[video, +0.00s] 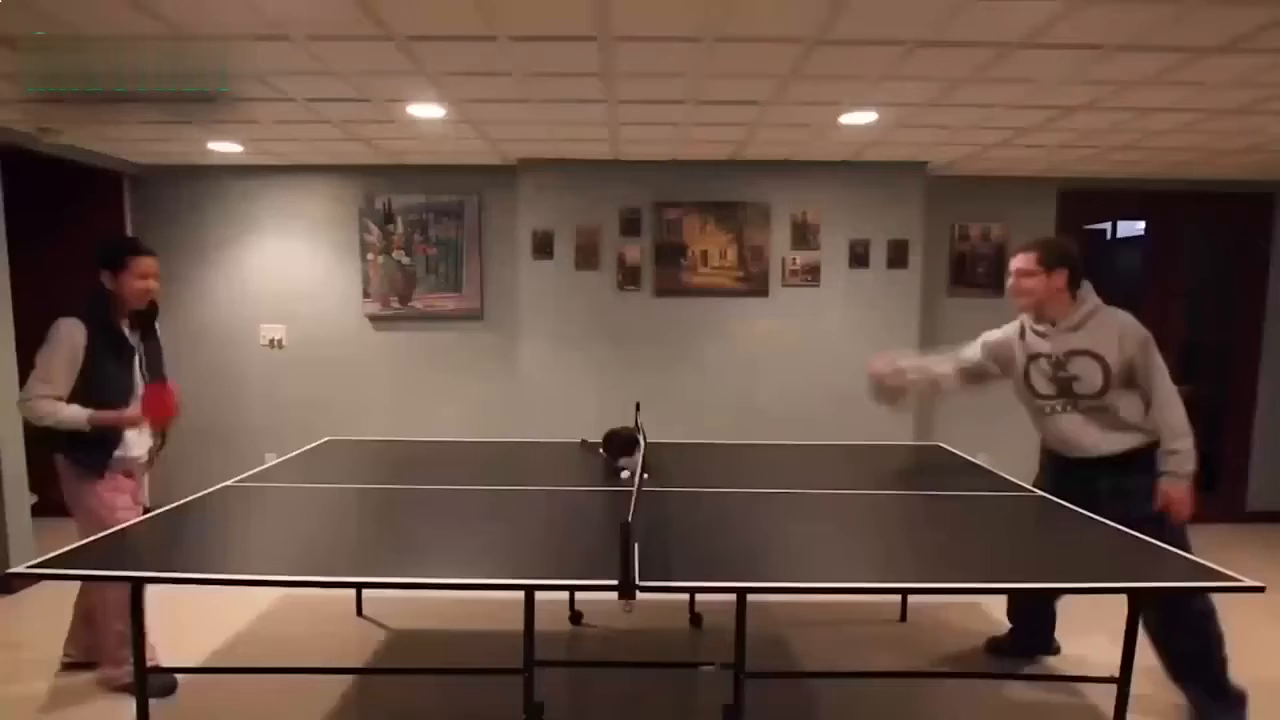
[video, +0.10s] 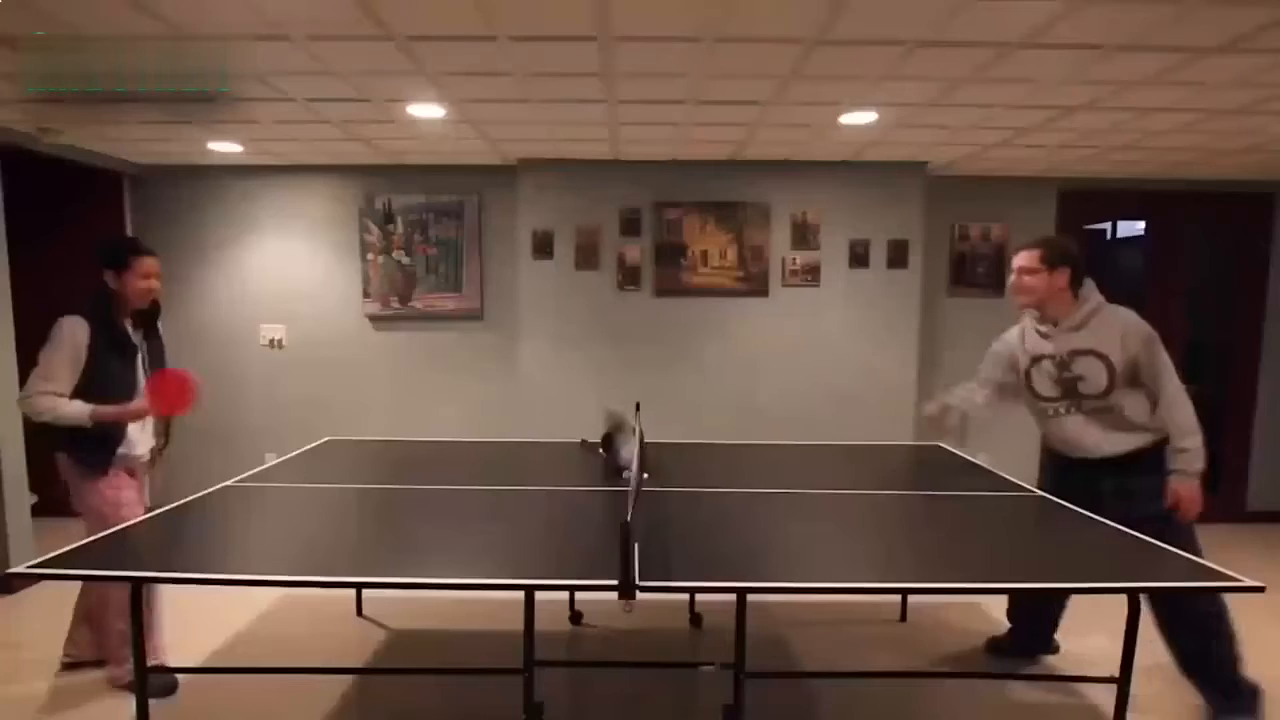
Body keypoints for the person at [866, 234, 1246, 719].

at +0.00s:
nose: (1013, 285)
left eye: (1024, 275)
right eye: (1012, 275)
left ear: (1060, 279)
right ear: (1018, 284)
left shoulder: (1120, 330)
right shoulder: (1013, 340)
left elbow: (1165, 400)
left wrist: (1177, 472)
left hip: (1130, 468)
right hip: (1063, 469)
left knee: (1168, 584)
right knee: (1034, 550)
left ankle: (1215, 701)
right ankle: (1030, 634)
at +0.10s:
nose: (1015, 281)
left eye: (1026, 273)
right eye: (1014, 273)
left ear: (1060, 278)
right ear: (1015, 280)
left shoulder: (1124, 328)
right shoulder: (1015, 343)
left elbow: (1172, 396)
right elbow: (980, 392)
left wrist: (1187, 471)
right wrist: (940, 412)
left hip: (1137, 467)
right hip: (1066, 468)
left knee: (1178, 581)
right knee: (1043, 556)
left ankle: (1229, 693)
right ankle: (1027, 637)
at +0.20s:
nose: (1031, 283)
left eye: (1043, 274)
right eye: (1030, 274)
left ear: (1079, 282)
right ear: (1032, 283)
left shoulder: (1144, 333)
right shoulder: (1039, 342)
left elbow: (1194, 403)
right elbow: (1042, 412)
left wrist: (1206, 479)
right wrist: (1008, 434)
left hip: (1155, 478)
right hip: (1086, 478)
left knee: (1198, 594)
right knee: (1047, 557)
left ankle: (1255, 703)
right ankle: (1026, 640)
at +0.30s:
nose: (1079, 278)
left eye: (1092, 269)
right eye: (1077, 270)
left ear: (1129, 275)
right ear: (1077, 280)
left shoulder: (1188, 335)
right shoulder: (1085, 337)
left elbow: (1237, 414)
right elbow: (1092, 400)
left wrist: (1238, 497)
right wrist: (1074, 429)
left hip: (1188, 488)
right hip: (1118, 484)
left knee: (1217, 609)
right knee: (1074, 567)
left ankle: (1259, 706)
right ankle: (1028, 636)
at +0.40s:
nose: (1133, 266)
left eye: (1146, 255)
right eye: (1133, 257)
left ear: (1185, 261)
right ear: (1134, 266)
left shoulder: (1240, 326)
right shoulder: (1130, 326)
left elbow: (1272, 414)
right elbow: (1131, 390)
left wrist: (1264, 500)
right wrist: (1106, 417)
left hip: (1217, 489)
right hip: (1148, 484)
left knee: (1235, 617)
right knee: (1104, 572)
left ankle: (1255, 706)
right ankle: (1045, 642)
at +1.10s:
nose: (1127, 262)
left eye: (1138, 251)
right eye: (1127, 251)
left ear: (1179, 256)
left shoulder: (1232, 323)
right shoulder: (1141, 322)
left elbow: (1250, 420)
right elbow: (1136, 393)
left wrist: (1204, 499)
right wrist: (1091, 405)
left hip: (1188, 485)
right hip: (1126, 476)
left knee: (1217, 617)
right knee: (1073, 553)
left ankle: (1260, 704)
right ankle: (1049, 646)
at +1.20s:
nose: (1082, 276)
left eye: (1093, 264)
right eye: (1081, 266)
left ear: (1130, 265)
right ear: (1086, 273)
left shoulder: (1183, 327)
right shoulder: (1100, 330)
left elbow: (1209, 425)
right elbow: (1100, 398)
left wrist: (1167, 497)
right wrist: (1055, 413)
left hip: (1160, 485)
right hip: (1099, 480)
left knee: (1194, 607)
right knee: (1055, 567)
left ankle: (1257, 705)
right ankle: (1020, 653)